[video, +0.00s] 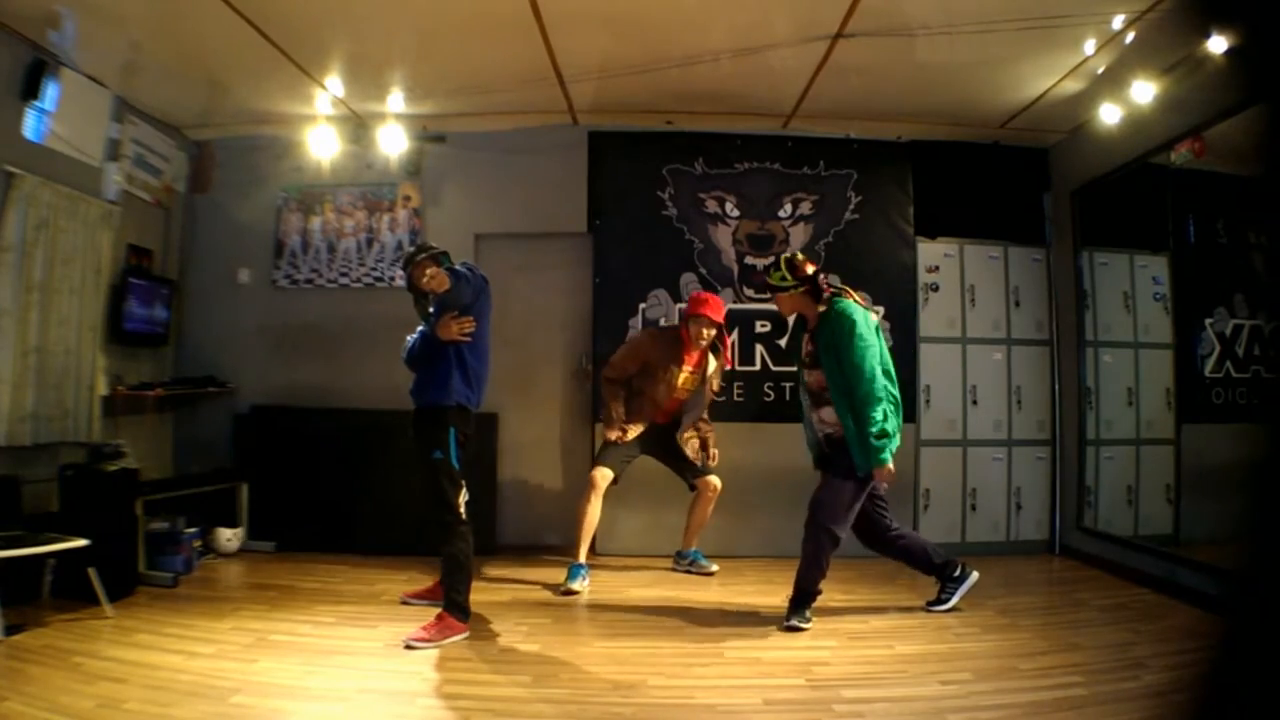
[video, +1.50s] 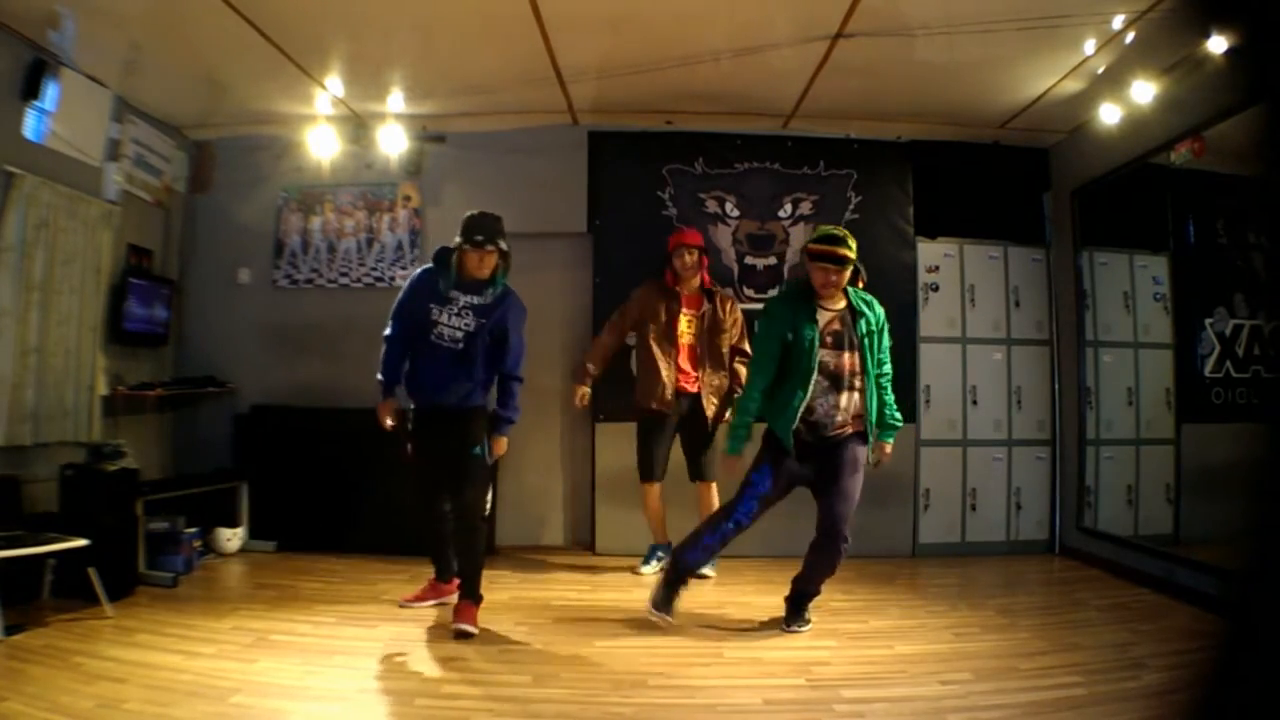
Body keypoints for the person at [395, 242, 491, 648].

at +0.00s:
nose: (428, 280)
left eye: (430, 271)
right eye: (420, 279)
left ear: (444, 264)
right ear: (417, 286)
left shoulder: (471, 280)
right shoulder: (434, 309)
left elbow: (455, 295)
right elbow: (411, 355)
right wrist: (434, 333)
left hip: (454, 406)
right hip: (431, 408)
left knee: (455, 508)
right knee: (442, 502)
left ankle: (455, 614)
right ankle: (447, 582)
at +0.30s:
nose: (429, 284)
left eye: (431, 274)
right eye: (421, 281)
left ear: (444, 265)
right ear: (417, 286)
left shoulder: (471, 280)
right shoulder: (434, 308)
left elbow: (455, 295)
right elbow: (410, 355)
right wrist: (434, 331)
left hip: (453, 407)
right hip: (431, 408)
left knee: (455, 509)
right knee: (442, 502)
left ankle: (455, 614)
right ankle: (447, 581)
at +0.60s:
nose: (413, 282)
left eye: (414, 273)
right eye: (409, 275)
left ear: (430, 264)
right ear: (419, 270)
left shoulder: (465, 289)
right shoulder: (433, 301)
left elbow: (477, 343)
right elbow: (422, 351)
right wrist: (410, 382)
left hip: (455, 415)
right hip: (429, 414)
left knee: (455, 508)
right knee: (433, 499)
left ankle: (456, 614)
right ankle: (443, 581)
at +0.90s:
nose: (428, 265)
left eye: (435, 256)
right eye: (423, 257)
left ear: (452, 256)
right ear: (416, 259)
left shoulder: (479, 291)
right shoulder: (410, 298)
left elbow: (507, 347)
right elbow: (395, 357)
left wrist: (501, 400)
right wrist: (399, 410)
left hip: (461, 407)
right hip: (422, 407)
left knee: (456, 499)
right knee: (431, 496)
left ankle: (457, 596)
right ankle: (441, 581)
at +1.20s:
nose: (460, 261)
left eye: (468, 253)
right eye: (453, 252)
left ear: (479, 255)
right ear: (439, 251)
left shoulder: (491, 300)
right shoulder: (411, 292)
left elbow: (499, 362)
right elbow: (391, 352)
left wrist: (490, 414)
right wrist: (400, 405)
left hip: (469, 412)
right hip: (426, 411)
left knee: (471, 502)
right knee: (434, 497)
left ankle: (472, 594)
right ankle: (446, 582)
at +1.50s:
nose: (484, 260)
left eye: (492, 252)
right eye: (477, 250)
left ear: (500, 256)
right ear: (459, 249)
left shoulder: (506, 305)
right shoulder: (425, 283)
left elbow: (511, 373)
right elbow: (395, 336)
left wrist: (502, 427)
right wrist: (388, 393)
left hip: (474, 411)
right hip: (428, 407)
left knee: (470, 505)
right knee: (432, 496)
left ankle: (469, 601)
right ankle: (445, 577)